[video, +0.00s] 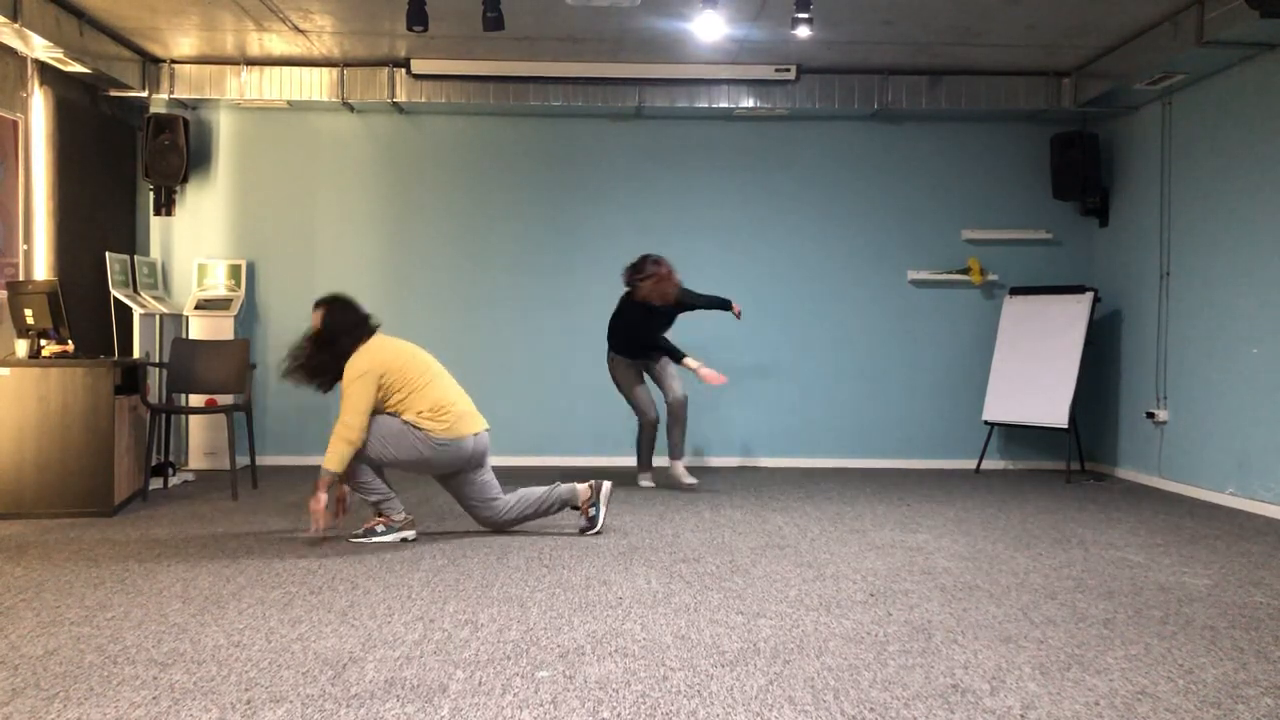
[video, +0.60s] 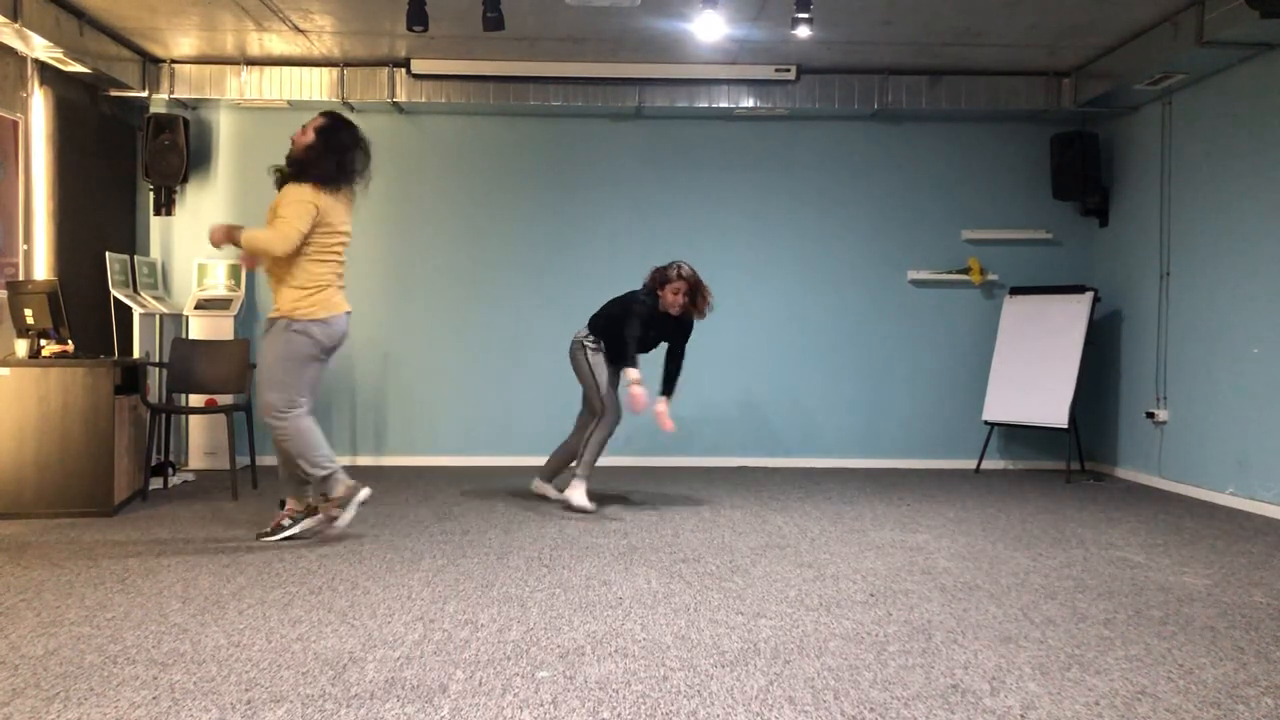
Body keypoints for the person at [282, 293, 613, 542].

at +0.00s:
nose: (313, 334)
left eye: (317, 327)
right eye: (314, 326)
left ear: (336, 331)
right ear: (354, 326)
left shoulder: (362, 363)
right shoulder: (386, 349)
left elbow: (347, 429)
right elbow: (368, 426)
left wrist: (323, 486)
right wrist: (343, 483)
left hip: (439, 441)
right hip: (469, 437)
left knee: (347, 443)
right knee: (496, 513)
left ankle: (393, 519)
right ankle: (582, 494)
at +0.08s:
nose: (318, 308)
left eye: (323, 301)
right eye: (320, 299)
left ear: (343, 304)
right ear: (359, 301)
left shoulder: (364, 343)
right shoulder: (389, 329)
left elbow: (354, 410)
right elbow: (369, 405)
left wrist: (327, 460)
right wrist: (335, 461)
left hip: (439, 427)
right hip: (468, 424)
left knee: (342, 442)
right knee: (493, 500)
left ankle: (393, 517)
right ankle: (584, 495)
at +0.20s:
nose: (316, 234)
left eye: (324, 229)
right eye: (321, 226)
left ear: (343, 242)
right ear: (360, 244)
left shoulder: (352, 289)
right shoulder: (380, 281)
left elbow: (350, 354)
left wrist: (316, 393)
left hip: (411, 388)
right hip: (441, 381)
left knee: (334, 446)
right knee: (477, 453)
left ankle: (392, 516)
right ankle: (565, 489)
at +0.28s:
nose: (315, 202)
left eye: (324, 199)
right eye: (321, 196)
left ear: (340, 214)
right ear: (353, 217)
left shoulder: (341, 262)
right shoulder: (371, 255)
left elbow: (339, 322)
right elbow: (354, 322)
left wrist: (304, 357)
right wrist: (312, 355)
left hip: (394, 367)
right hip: (422, 360)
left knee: (337, 442)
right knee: (443, 443)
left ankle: (392, 516)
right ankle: (531, 473)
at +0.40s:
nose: (312, 160)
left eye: (322, 155)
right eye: (319, 152)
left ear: (338, 173)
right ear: (350, 177)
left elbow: (301, 279)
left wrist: (265, 294)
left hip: (356, 344)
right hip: (387, 338)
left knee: (340, 437)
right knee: (366, 426)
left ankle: (391, 513)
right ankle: (430, 476)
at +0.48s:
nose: (309, 144)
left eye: (318, 140)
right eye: (315, 137)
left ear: (334, 157)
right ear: (345, 161)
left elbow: (290, 259)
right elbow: (323, 264)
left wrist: (249, 267)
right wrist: (283, 274)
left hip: (341, 327)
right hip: (366, 322)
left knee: (324, 413)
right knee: (321, 410)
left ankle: (382, 502)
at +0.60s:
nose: (298, 133)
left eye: (307, 131)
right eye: (304, 127)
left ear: (321, 149)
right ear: (334, 156)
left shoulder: (303, 193)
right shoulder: (335, 196)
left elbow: (281, 241)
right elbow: (305, 251)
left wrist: (234, 233)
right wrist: (262, 255)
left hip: (301, 319)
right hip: (326, 316)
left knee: (281, 410)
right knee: (289, 409)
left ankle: (338, 488)